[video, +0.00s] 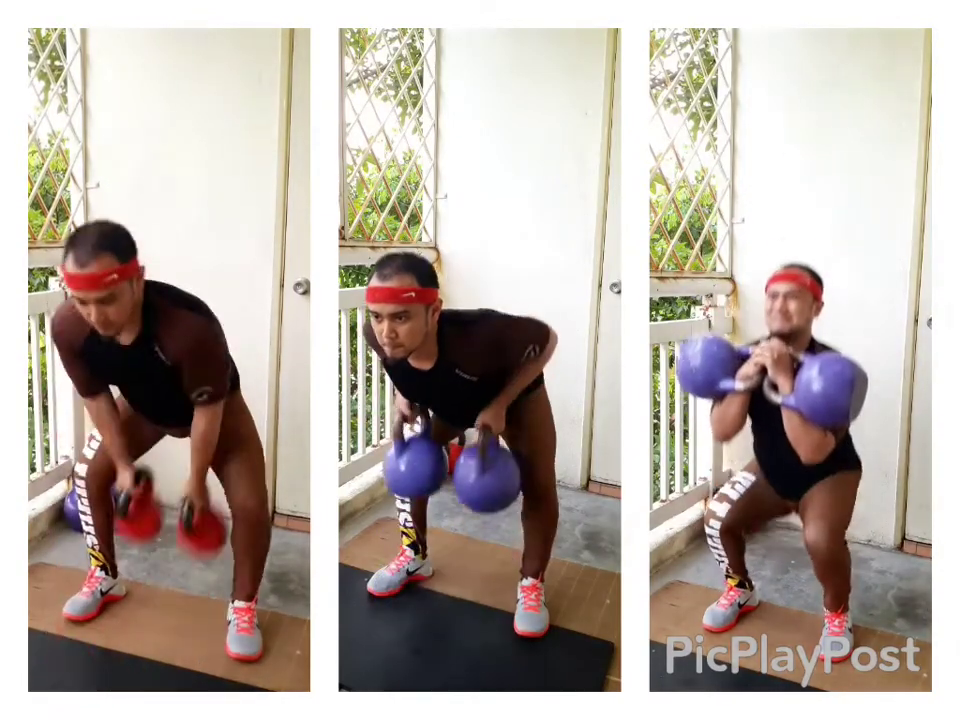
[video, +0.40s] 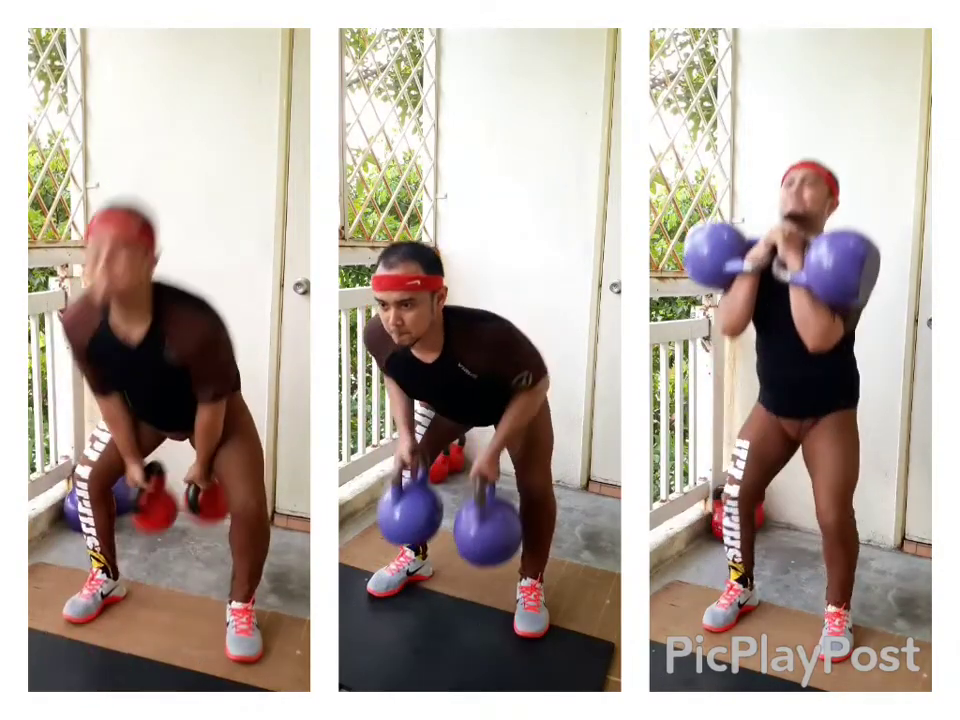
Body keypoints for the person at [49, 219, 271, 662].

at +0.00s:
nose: (95, 316)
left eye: (108, 300)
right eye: (82, 303)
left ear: (137, 279)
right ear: (70, 293)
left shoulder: (188, 324)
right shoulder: (68, 327)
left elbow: (208, 404)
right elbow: (96, 397)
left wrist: (197, 480)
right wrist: (122, 462)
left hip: (211, 406)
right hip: (146, 409)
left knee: (252, 507)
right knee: (93, 477)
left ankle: (243, 606)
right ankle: (104, 574)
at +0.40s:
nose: (105, 262)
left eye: (120, 250)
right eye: (96, 250)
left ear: (149, 259)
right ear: (86, 258)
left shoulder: (193, 321)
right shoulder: (81, 322)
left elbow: (212, 400)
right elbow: (105, 393)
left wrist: (201, 467)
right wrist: (132, 458)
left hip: (211, 411)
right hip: (149, 410)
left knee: (250, 508)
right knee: (98, 478)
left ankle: (242, 605)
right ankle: (105, 574)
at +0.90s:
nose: (170, 139)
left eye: (183, 128)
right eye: (161, 130)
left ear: (207, 137)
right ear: (150, 143)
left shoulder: (233, 205)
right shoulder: (127, 208)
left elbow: (244, 283)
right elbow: (95, 284)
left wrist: (216, 213)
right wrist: (69, 224)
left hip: (199, 380)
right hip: (133, 376)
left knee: (217, 494)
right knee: (119, 485)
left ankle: (240, 603)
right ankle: (106, 575)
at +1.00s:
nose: (169, 129)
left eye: (181, 121)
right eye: (161, 123)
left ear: (204, 143)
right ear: (150, 143)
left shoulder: (229, 212)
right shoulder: (122, 209)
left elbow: (234, 282)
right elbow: (87, 280)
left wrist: (226, 194)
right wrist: (66, 203)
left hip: (194, 385)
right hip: (126, 380)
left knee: (215, 498)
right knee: (116, 488)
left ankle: (239, 603)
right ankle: (106, 576)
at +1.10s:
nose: (172, 132)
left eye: (186, 125)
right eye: (163, 125)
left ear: (207, 145)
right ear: (149, 144)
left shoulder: (225, 211)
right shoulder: (120, 209)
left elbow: (234, 275)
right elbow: (78, 275)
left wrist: (232, 176)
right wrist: (64, 192)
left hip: (191, 386)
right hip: (122, 382)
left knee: (214, 500)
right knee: (115, 490)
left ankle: (239, 603)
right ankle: (106, 577)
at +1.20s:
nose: (174, 133)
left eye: (188, 127)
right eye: (165, 126)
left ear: (207, 148)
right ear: (151, 146)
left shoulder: (224, 214)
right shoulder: (119, 210)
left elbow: (227, 272)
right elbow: (76, 274)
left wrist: (233, 171)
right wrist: (67, 191)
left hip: (191, 390)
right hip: (122, 385)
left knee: (215, 503)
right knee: (115, 492)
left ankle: (239, 604)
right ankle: (106, 577)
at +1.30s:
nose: (176, 134)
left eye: (191, 128)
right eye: (168, 128)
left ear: (210, 150)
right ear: (153, 148)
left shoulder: (226, 215)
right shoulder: (121, 210)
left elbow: (226, 272)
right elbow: (78, 273)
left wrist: (235, 171)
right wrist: (72, 190)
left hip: (191, 390)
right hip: (122, 385)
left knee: (215, 503)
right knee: (115, 492)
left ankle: (239, 604)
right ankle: (105, 577)